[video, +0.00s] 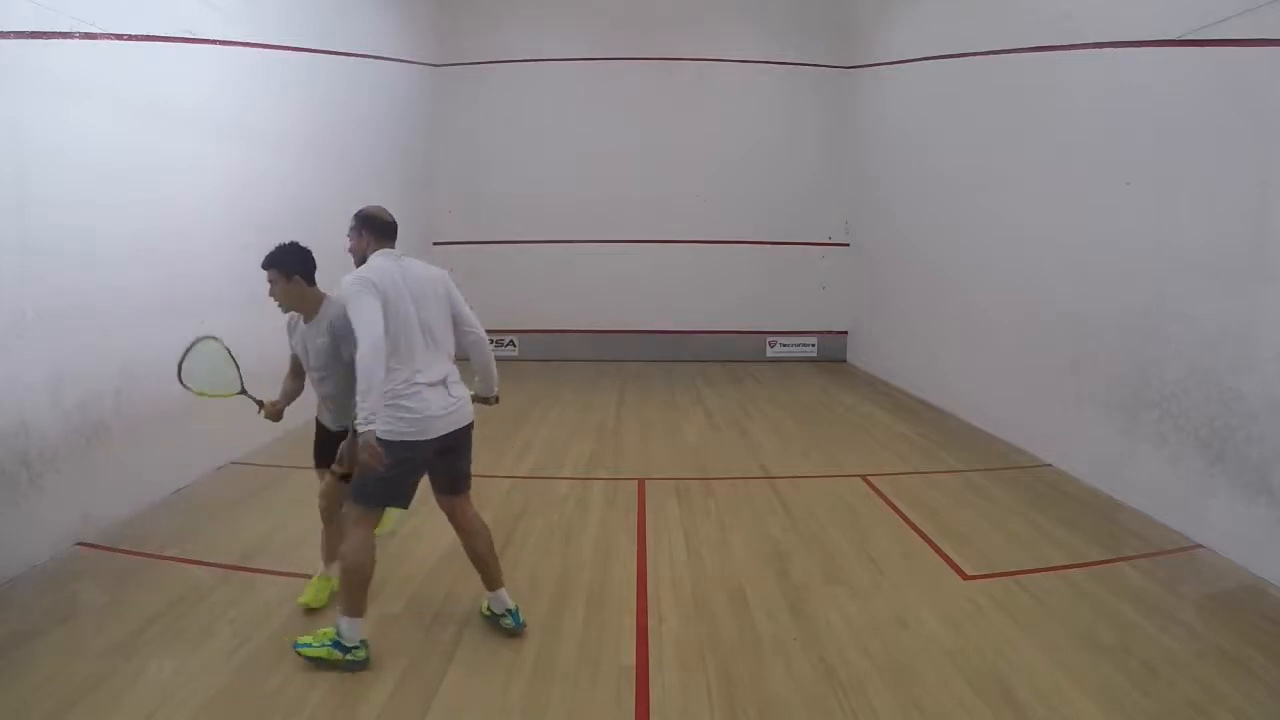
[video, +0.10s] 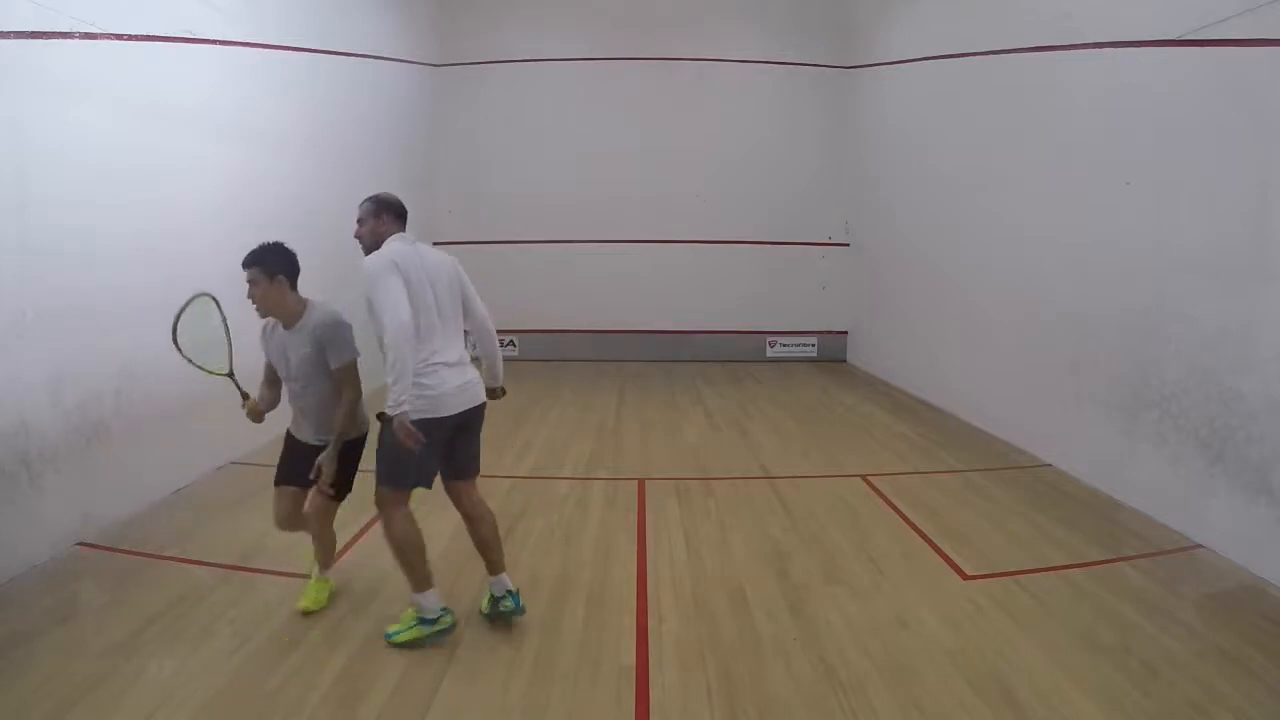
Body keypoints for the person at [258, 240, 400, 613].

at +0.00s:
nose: (270, 293)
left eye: (273, 283)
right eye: (269, 284)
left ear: (297, 280)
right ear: (295, 281)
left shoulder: (341, 316)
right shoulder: (295, 324)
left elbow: (368, 378)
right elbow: (296, 374)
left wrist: (355, 438)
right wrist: (280, 401)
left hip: (358, 425)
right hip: (327, 423)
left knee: (329, 502)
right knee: (334, 494)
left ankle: (329, 571)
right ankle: (388, 502)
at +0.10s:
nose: (248, 295)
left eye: (253, 284)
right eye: (247, 285)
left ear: (280, 283)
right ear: (276, 285)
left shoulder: (328, 323)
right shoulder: (270, 331)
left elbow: (352, 393)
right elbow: (272, 381)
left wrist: (333, 450)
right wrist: (261, 405)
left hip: (343, 435)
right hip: (302, 432)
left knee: (317, 513)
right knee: (286, 518)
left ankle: (322, 577)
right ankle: (326, 527)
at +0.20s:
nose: (222, 293)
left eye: (227, 282)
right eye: (220, 284)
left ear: (257, 281)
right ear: (249, 285)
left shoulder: (309, 324)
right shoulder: (243, 336)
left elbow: (337, 391)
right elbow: (242, 390)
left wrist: (304, 446)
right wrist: (234, 410)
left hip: (327, 443)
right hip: (280, 439)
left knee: (312, 534)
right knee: (250, 530)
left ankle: (322, 578)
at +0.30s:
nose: (192, 296)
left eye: (196, 283)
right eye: (189, 285)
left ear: (225, 280)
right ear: (219, 284)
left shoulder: (279, 318)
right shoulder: (211, 343)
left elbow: (319, 382)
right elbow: (208, 422)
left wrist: (275, 428)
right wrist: (199, 414)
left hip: (307, 464)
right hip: (255, 464)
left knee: (304, 561)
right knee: (237, 567)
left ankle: (322, 572)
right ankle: (241, 681)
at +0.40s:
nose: (159, 310)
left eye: (164, 296)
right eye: (157, 299)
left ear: (198, 291)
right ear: (188, 296)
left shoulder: (258, 330)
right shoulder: (182, 358)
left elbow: (296, 389)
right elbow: (172, 446)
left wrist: (236, 420)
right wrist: (166, 422)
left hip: (289, 488)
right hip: (233, 487)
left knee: (282, 609)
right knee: (207, 593)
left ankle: (319, 597)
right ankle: (234, 697)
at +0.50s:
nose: (127, 320)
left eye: (132, 306)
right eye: (125, 309)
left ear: (163, 303)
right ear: (159, 307)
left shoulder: (234, 331)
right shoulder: (158, 370)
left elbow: (261, 394)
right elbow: (150, 461)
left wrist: (179, 420)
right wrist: (144, 410)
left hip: (287, 489)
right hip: (231, 493)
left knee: (252, 610)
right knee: (173, 599)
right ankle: (217, 691)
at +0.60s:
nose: (96, 364)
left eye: (100, 349)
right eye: (95, 351)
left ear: (134, 344)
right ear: (135, 346)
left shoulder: (209, 362)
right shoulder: (138, 410)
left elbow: (211, 446)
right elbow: (135, 491)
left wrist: (111, 469)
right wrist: (141, 406)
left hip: (291, 517)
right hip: (236, 519)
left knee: (251, 654)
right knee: (160, 620)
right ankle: (187, 714)